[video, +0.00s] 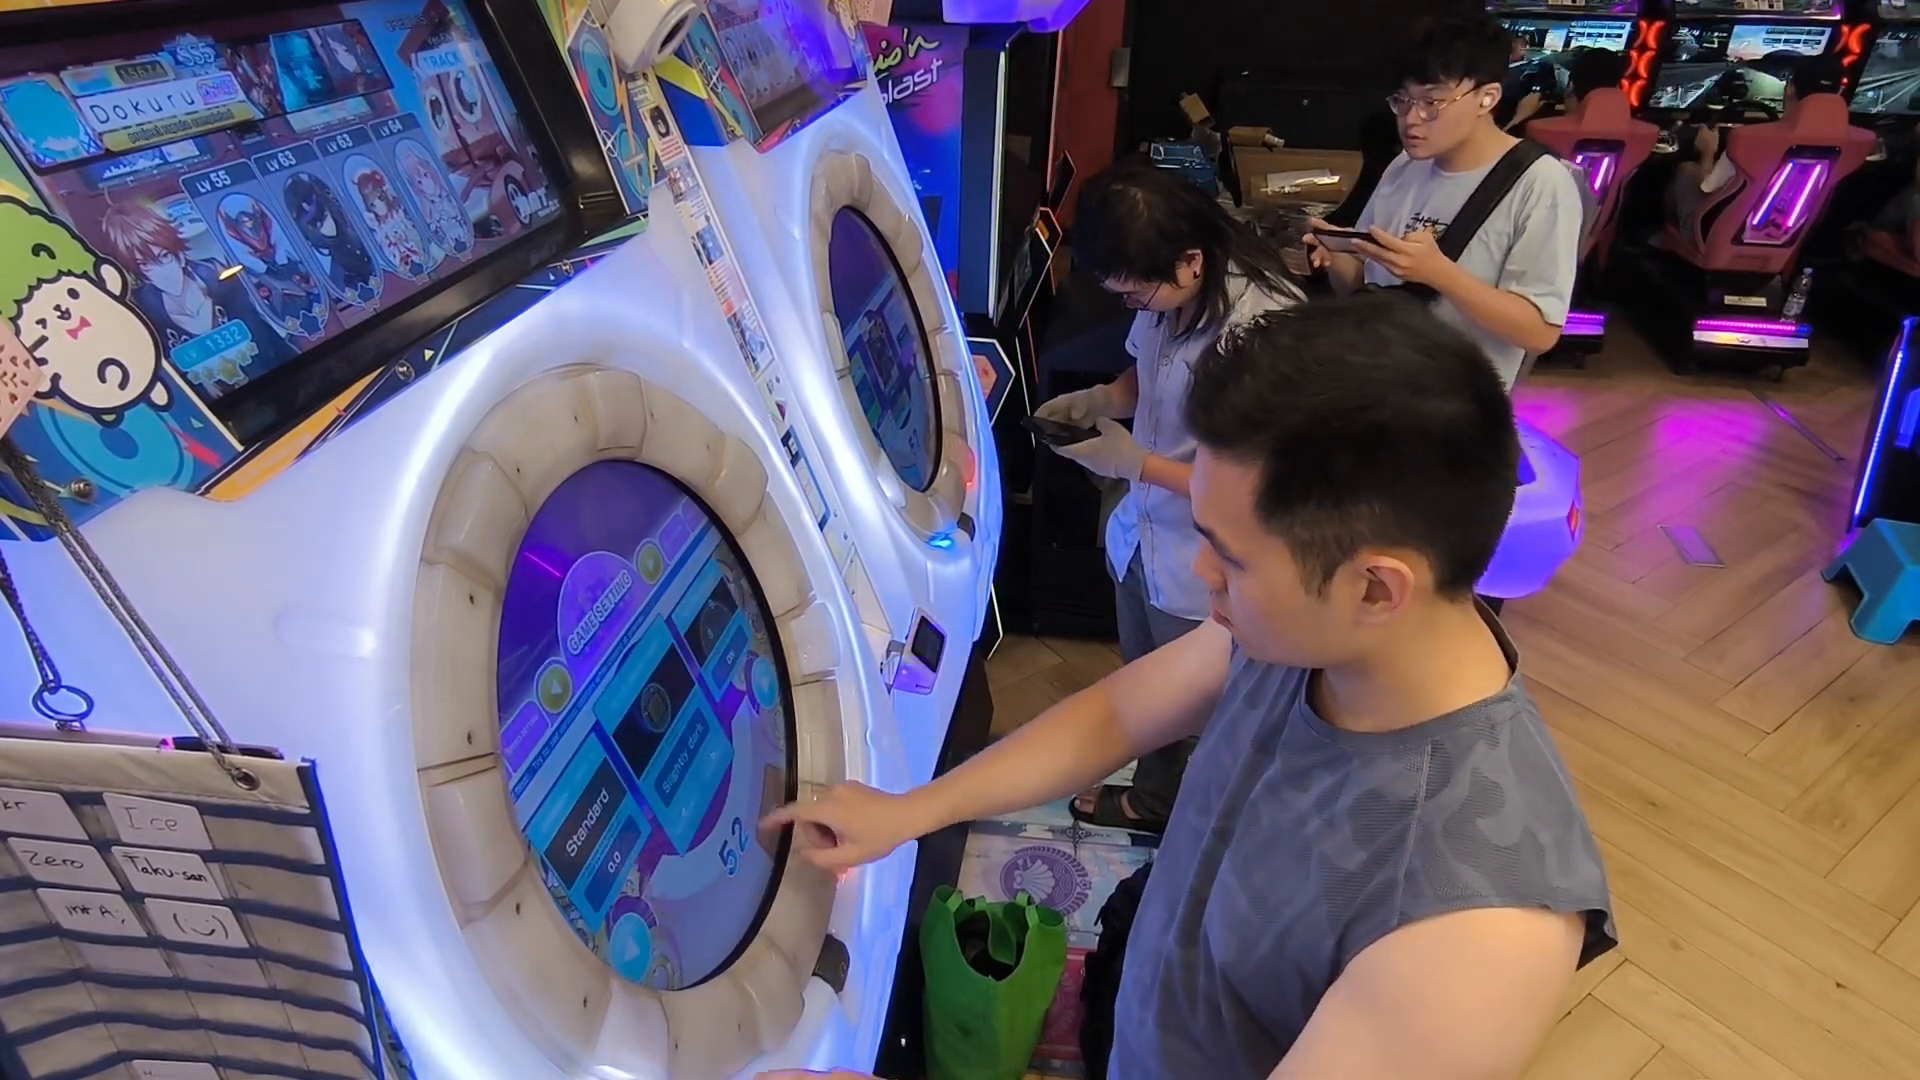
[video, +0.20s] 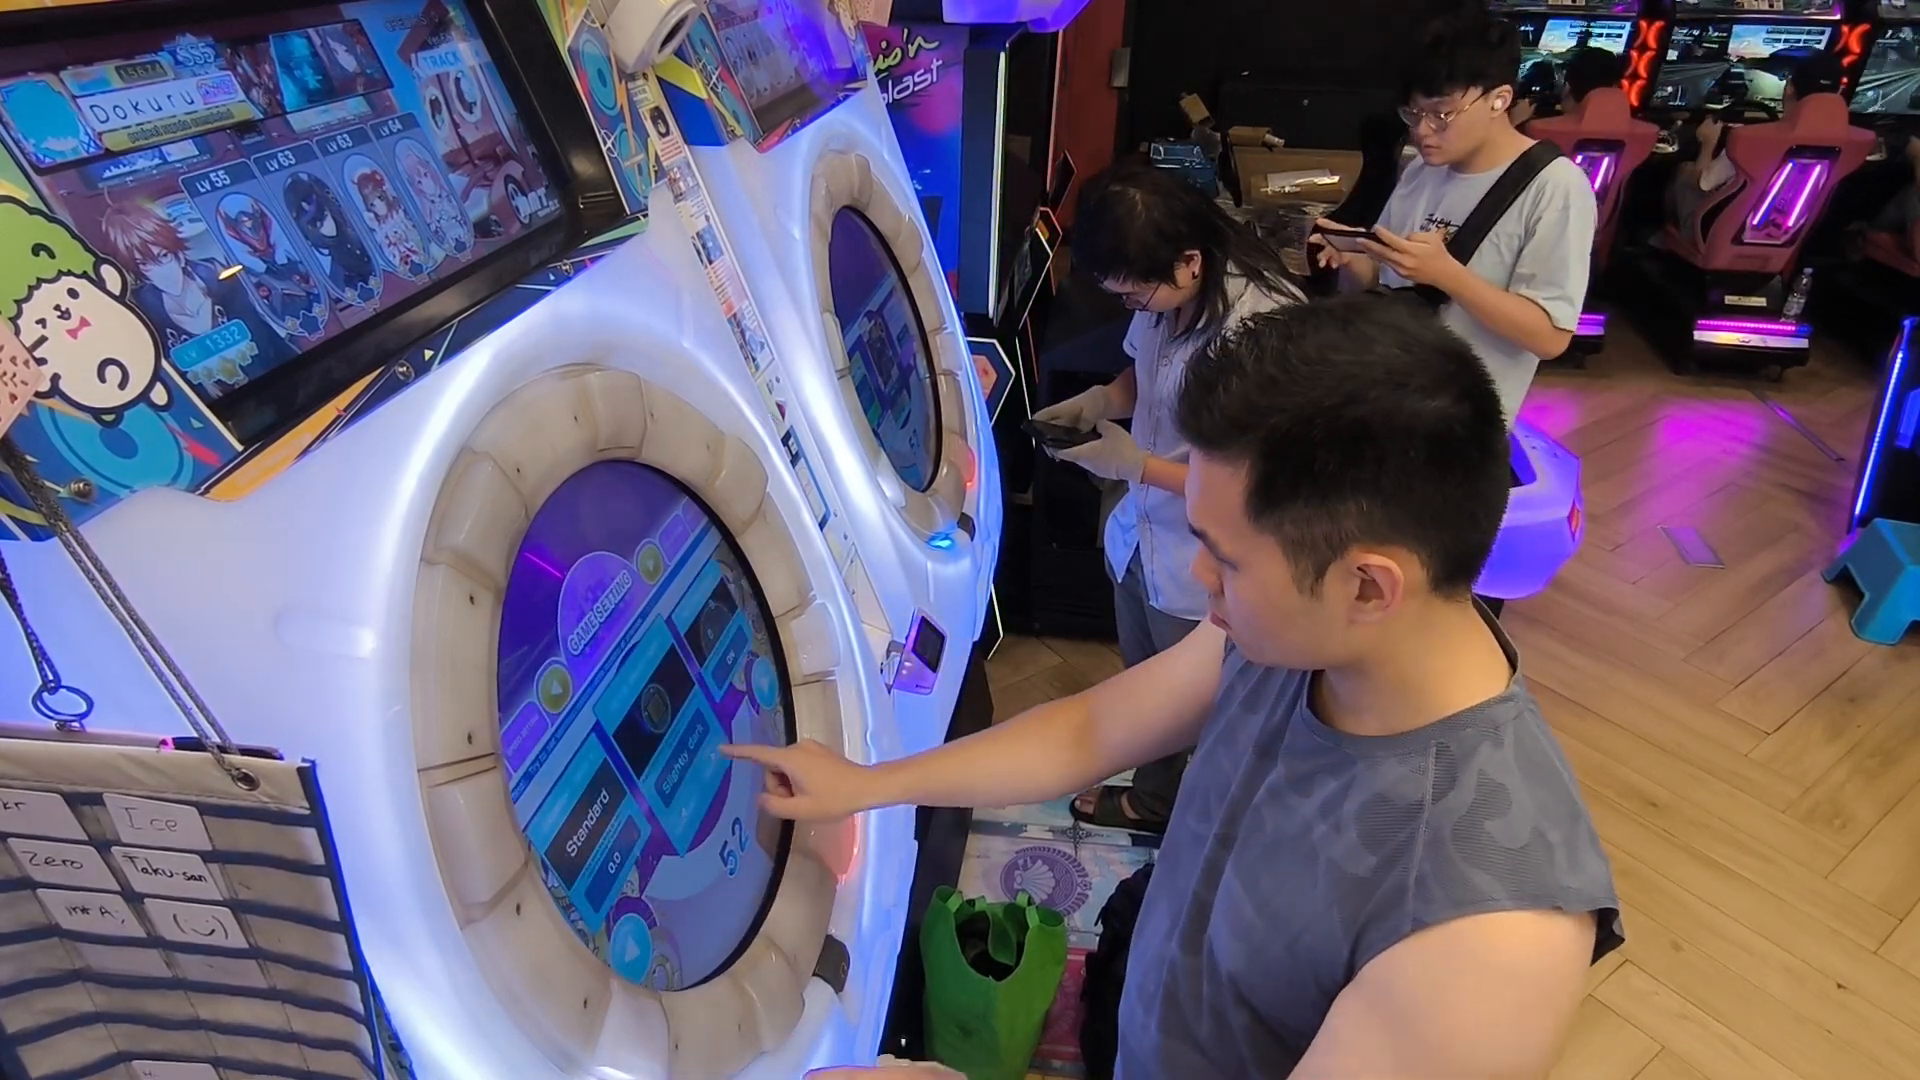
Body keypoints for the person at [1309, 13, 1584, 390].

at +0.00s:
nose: (1411, 118)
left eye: (1432, 102)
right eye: (1402, 100)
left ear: (1488, 98)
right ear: (1393, 97)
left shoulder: (1543, 184)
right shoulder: (1404, 168)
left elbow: (1541, 331)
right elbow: (1362, 282)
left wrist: (1439, 273)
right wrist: (1337, 256)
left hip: (1458, 411)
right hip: (1367, 383)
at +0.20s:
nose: (1422, 131)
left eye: (1440, 114)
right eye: (1413, 113)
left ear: (1500, 99)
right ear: (1404, 105)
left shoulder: (1557, 188)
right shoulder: (1420, 169)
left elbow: (1550, 335)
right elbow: (1374, 273)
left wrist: (1446, 274)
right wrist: (1347, 256)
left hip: (1466, 425)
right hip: (1377, 393)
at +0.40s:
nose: (1430, 145)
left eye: (1445, 126)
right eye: (1422, 127)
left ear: (1506, 105)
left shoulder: (1567, 188)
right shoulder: (1436, 171)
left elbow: (1556, 340)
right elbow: (1384, 280)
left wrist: (1450, 275)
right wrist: (1355, 259)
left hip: (1469, 441)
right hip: (1384, 408)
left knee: (1441, 606)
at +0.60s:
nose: (1434, 147)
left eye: (1448, 129)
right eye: (1427, 130)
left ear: (1508, 109)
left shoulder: (1573, 194)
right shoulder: (1449, 168)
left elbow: (1560, 344)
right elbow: (1406, 281)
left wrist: (1452, 275)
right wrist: (1371, 256)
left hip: (1471, 448)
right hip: (1391, 415)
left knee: (1441, 610)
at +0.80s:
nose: (1433, 149)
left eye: (1446, 132)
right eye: (1427, 133)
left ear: (1506, 110)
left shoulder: (1572, 192)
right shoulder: (1450, 171)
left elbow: (1559, 344)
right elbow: (1410, 286)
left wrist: (1449, 277)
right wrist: (1376, 262)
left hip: (1470, 448)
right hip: (1396, 418)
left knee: (1438, 613)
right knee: (1364, 599)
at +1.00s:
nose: (1427, 152)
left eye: (1438, 135)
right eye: (1422, 136)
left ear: (1497, 112)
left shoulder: (1568, 190)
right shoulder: (1448, 171)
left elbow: (1555, 343)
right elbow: (1406, 285)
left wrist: (1443, 275)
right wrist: (1373, 260)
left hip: (1471, 445)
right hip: (1393, 416)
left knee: (1443, 601)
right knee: (1367, 592)